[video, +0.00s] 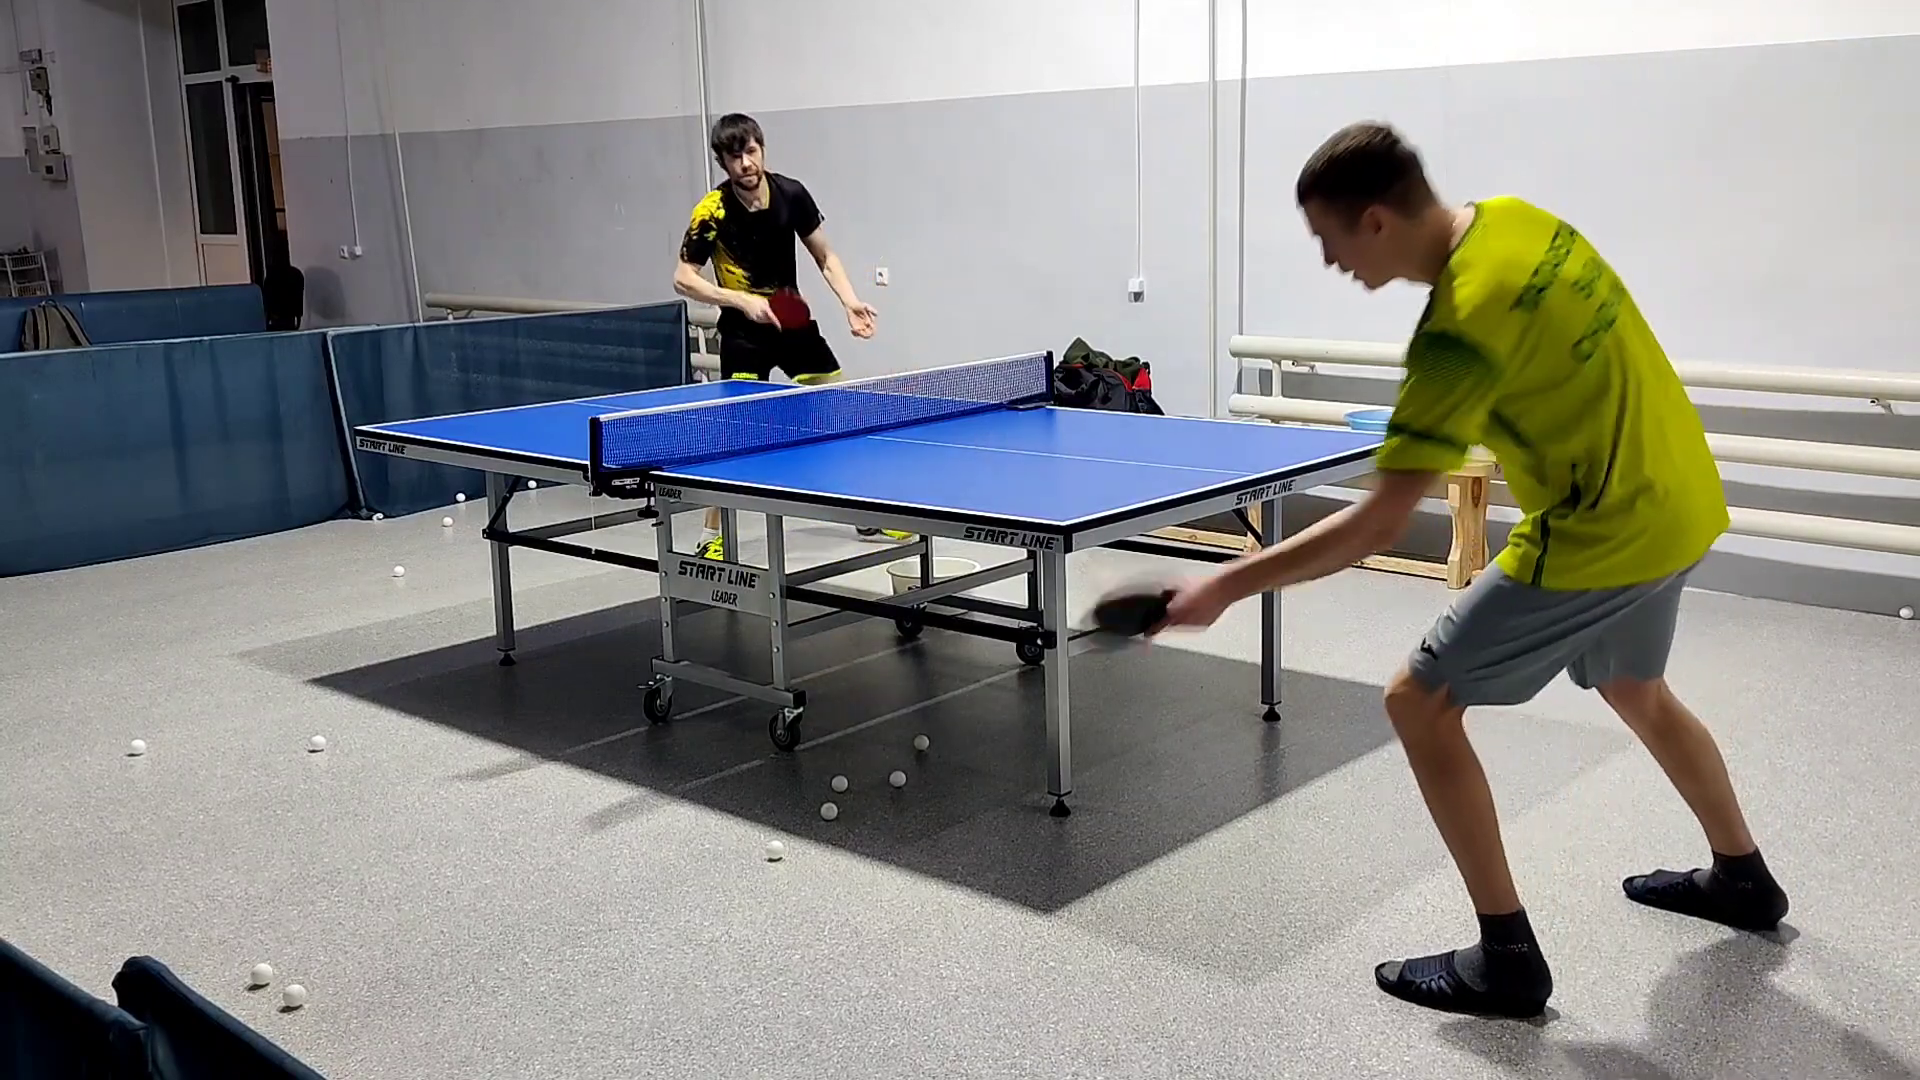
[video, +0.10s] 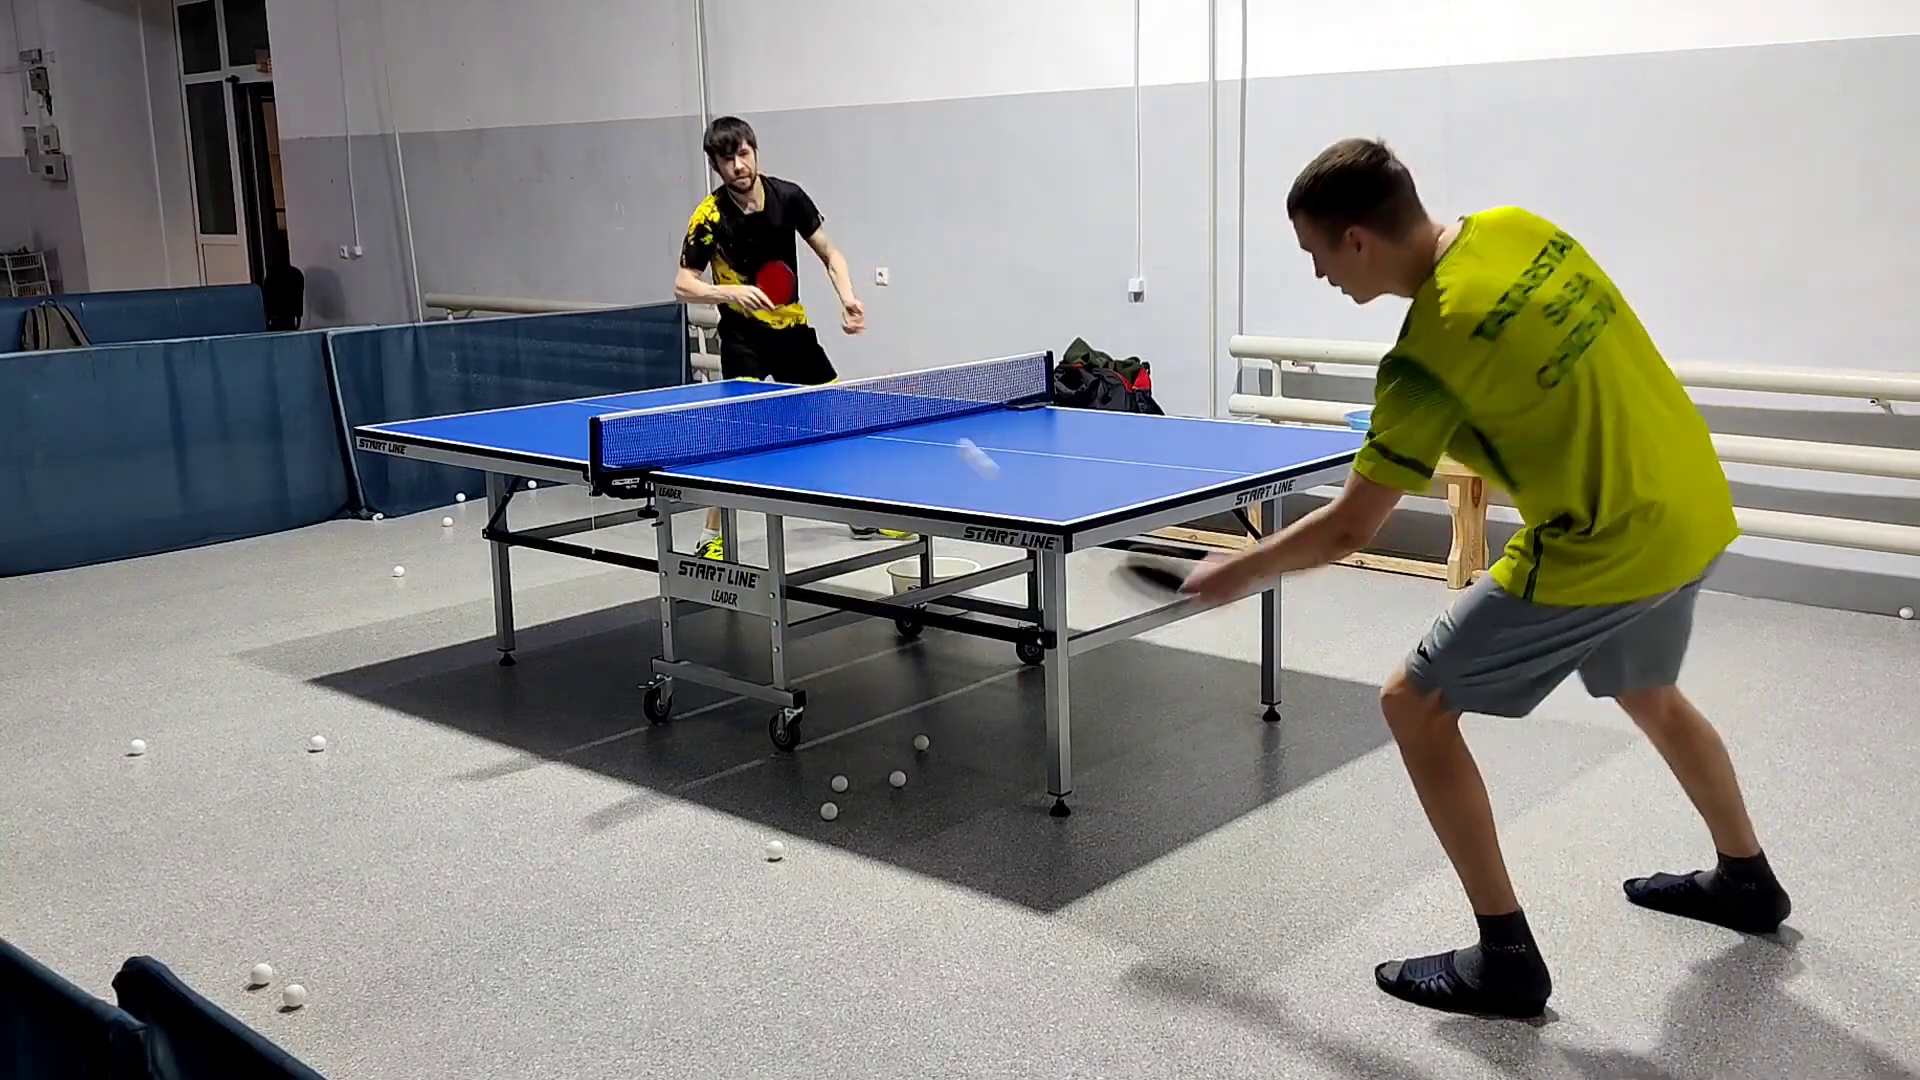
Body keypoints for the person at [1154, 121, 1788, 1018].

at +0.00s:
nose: (1333, 262)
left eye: (1331, 241)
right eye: (1324, 245)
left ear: (1379, 218)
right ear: (1403, 202)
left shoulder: (1457, 325)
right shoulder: (1515, 217)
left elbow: (1381, 520)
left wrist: (1228, 584)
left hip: (1601, 533)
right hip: (1679, 498)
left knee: (1419, 702)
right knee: (1634, 684)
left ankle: (1507, 953)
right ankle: (1743, 875)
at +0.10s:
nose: (1317, 272)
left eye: (1315, 252)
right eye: (1309, 253)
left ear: (1358, 239)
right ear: (1399, 209)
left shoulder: (1426, 355)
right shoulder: (1516, 226)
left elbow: (1350, 524)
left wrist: (1240, 568)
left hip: (1593, 548)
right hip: (1691, 505)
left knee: (1415, 705)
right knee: (1649, 689)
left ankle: (1506, 953)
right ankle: (1746, 876)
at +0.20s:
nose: (1331, 267)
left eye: (1325, 249)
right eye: (1322, 250)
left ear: (1355, 240)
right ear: (1418, 208)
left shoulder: (1415, 358)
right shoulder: (1534, 226)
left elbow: (1375, 505)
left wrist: (1306, 507)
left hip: (1605, 548)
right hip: (1710, 509)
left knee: (1425, 699)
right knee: (1666, 687)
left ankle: (1506, 954)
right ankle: (1771, 887)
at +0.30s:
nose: (1358, 244)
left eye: (1356, 223)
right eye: (1351, 224)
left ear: (1390, 214)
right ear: (1442, 188)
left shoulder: (1431, 338)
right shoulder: (1565, 217)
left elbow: (1420, 482)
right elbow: (1599, 355)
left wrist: (1380, 471)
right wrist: (1491, 431)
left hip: (1623, 546)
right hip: (1733, 507)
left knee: (1444, 697)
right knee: (1701, 700)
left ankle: (1507, 955)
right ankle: (1824, 916)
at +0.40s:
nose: (1405, 219)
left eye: (1405, 199)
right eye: (1400, 200)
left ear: (1438, 190)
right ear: (1492, 169)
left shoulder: (1473, 313)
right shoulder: (1613, 206)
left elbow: (1476, 482)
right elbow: (1650, 354)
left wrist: (1438, 474)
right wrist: (1525, 429)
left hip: (1648, 541)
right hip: (1766, 512)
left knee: (1471, 694)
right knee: (1725, 710)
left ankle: (1509, 955)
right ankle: (1890, 935)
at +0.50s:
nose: (1470, 203)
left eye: (1471, 181)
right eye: (1466, 182)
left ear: (1506, 171)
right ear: (1559, 152)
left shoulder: (1541, 295)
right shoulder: (1680, 201)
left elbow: (1548, 478)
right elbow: (1701, 373)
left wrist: (1512, 502)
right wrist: (1567, 456)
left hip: (1689, 548)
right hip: (1812, 521)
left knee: (1506, 697)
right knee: (1754, 735)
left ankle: (1510, 956)